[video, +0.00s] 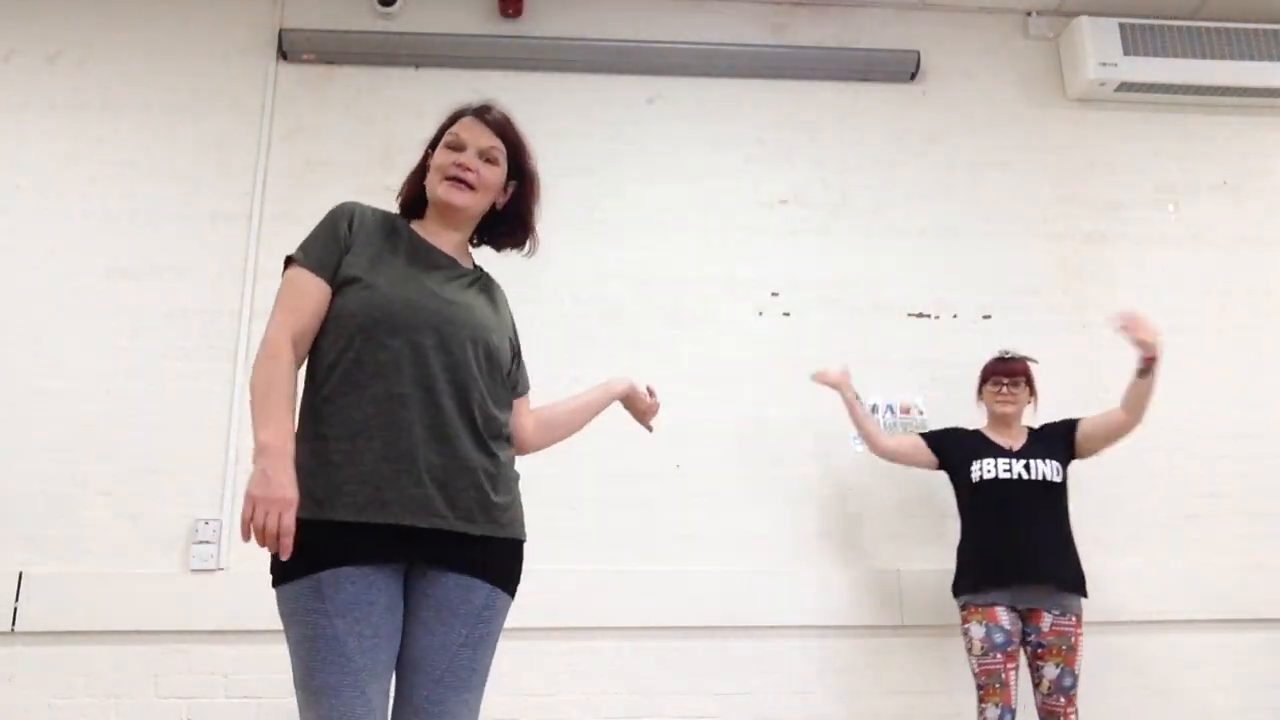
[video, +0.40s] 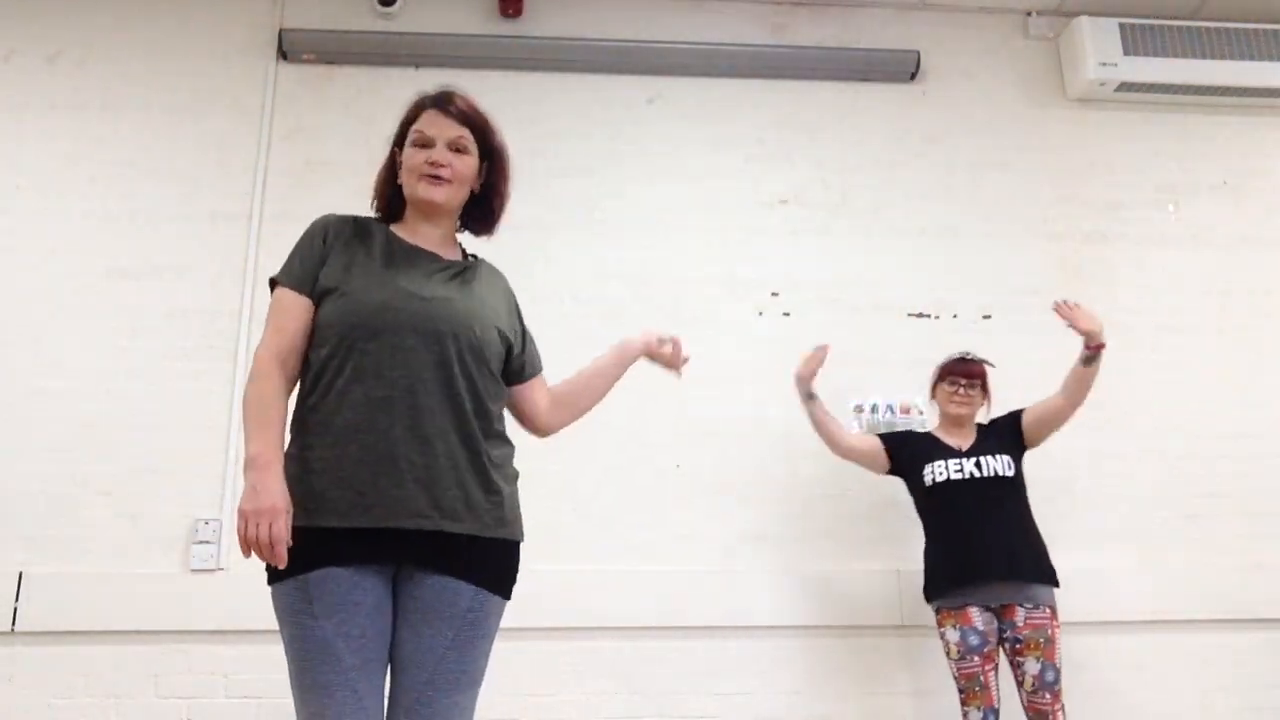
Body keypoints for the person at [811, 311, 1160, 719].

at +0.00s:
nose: (1005, 390)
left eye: (1015, 384)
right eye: (996, 384)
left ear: (1030, 395)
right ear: (981, 393)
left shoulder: (1057, 440)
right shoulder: (958, 444)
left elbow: (1126, 417)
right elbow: (884, 446)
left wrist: (1148, 361)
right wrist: (848, 393)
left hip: (1056, 593)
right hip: (985, 595)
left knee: (1059, 708)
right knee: (996, 708)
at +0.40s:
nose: (963, 391)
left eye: (972, 385)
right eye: (954, 383)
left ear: (984, 397)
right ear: (935, 392)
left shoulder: (1007, 433)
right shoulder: (912, 448)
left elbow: (1067, 400)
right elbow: (845, 444)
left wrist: (1094, 346)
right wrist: (807, 393)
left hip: (1028, 588)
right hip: (958, 595)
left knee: (1046, 708)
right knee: (980, 710)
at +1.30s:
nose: (946, 388)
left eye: (956, 381)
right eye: (936, 381)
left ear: (969, 390)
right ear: (920, 391)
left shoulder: (996, 428)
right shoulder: (904, 452)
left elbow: (1055, 411)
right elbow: (845, 478)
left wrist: (1034, 355)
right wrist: (816, 428)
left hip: (1028, 586)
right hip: (960, 596)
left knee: (1048, 705)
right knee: (982, 710)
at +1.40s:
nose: (953, 385)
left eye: (962, 378)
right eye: (942, 377)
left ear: (975, 386)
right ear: (927, 387)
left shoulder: (1005, 427)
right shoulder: (912, 446)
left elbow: (1076, 443)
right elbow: (849, 480)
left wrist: (1039, 409)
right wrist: (836, 465)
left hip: (1029, 583)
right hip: (962, 591)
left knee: (1049, 705)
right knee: (982, 708)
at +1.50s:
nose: (963, 381)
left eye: (973, 374)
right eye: (953, 375)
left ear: (988, 383)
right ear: (939, 386)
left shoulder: (1017, 429)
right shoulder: (922, 442)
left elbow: (1076, 480)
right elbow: (869, 481)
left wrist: (1070, 475)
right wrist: (856, 525)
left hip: (1033, 583)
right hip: (964, 589)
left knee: (1049, 703)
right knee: (984, 706)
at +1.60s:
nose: (977, 380)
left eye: (986, 373)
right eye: (967, 375)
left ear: (1002, 383)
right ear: (953, 387)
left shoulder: (1033, 433)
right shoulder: (936, 445)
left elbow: (1063, 500)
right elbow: (898, 508)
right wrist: (886, 575)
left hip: (1038, 590)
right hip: (970, 594)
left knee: (1052, 707)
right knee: (987, 708)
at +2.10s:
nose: (1028, 378)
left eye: (1038, 372)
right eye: (1018, 373)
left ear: (1054, 382)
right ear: (1004, 387)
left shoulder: (1084, 436)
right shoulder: (984, 440)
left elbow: (1115, 510)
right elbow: (959, 514)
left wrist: (1141, 568)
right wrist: (952, 580)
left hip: (1076, 594)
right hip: (1008, 594)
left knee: (1071, 707)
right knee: (1029, 706)